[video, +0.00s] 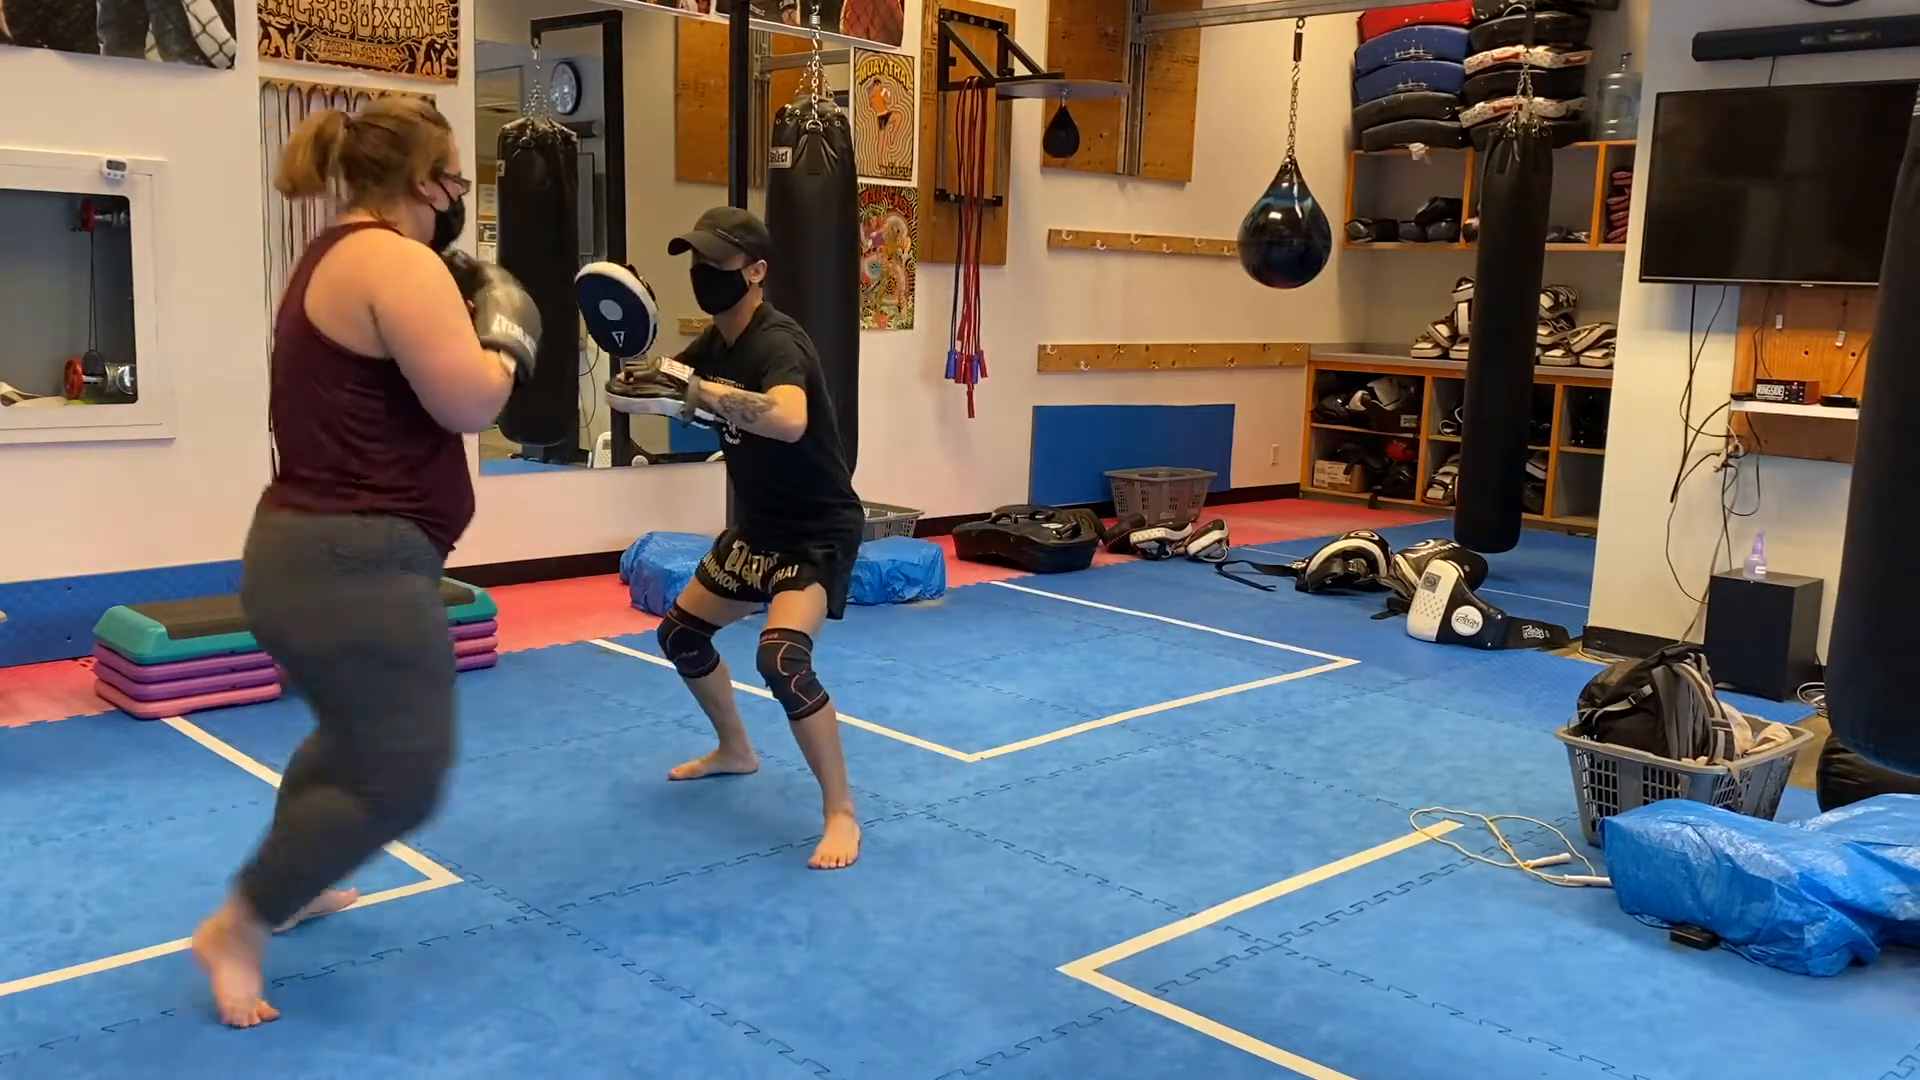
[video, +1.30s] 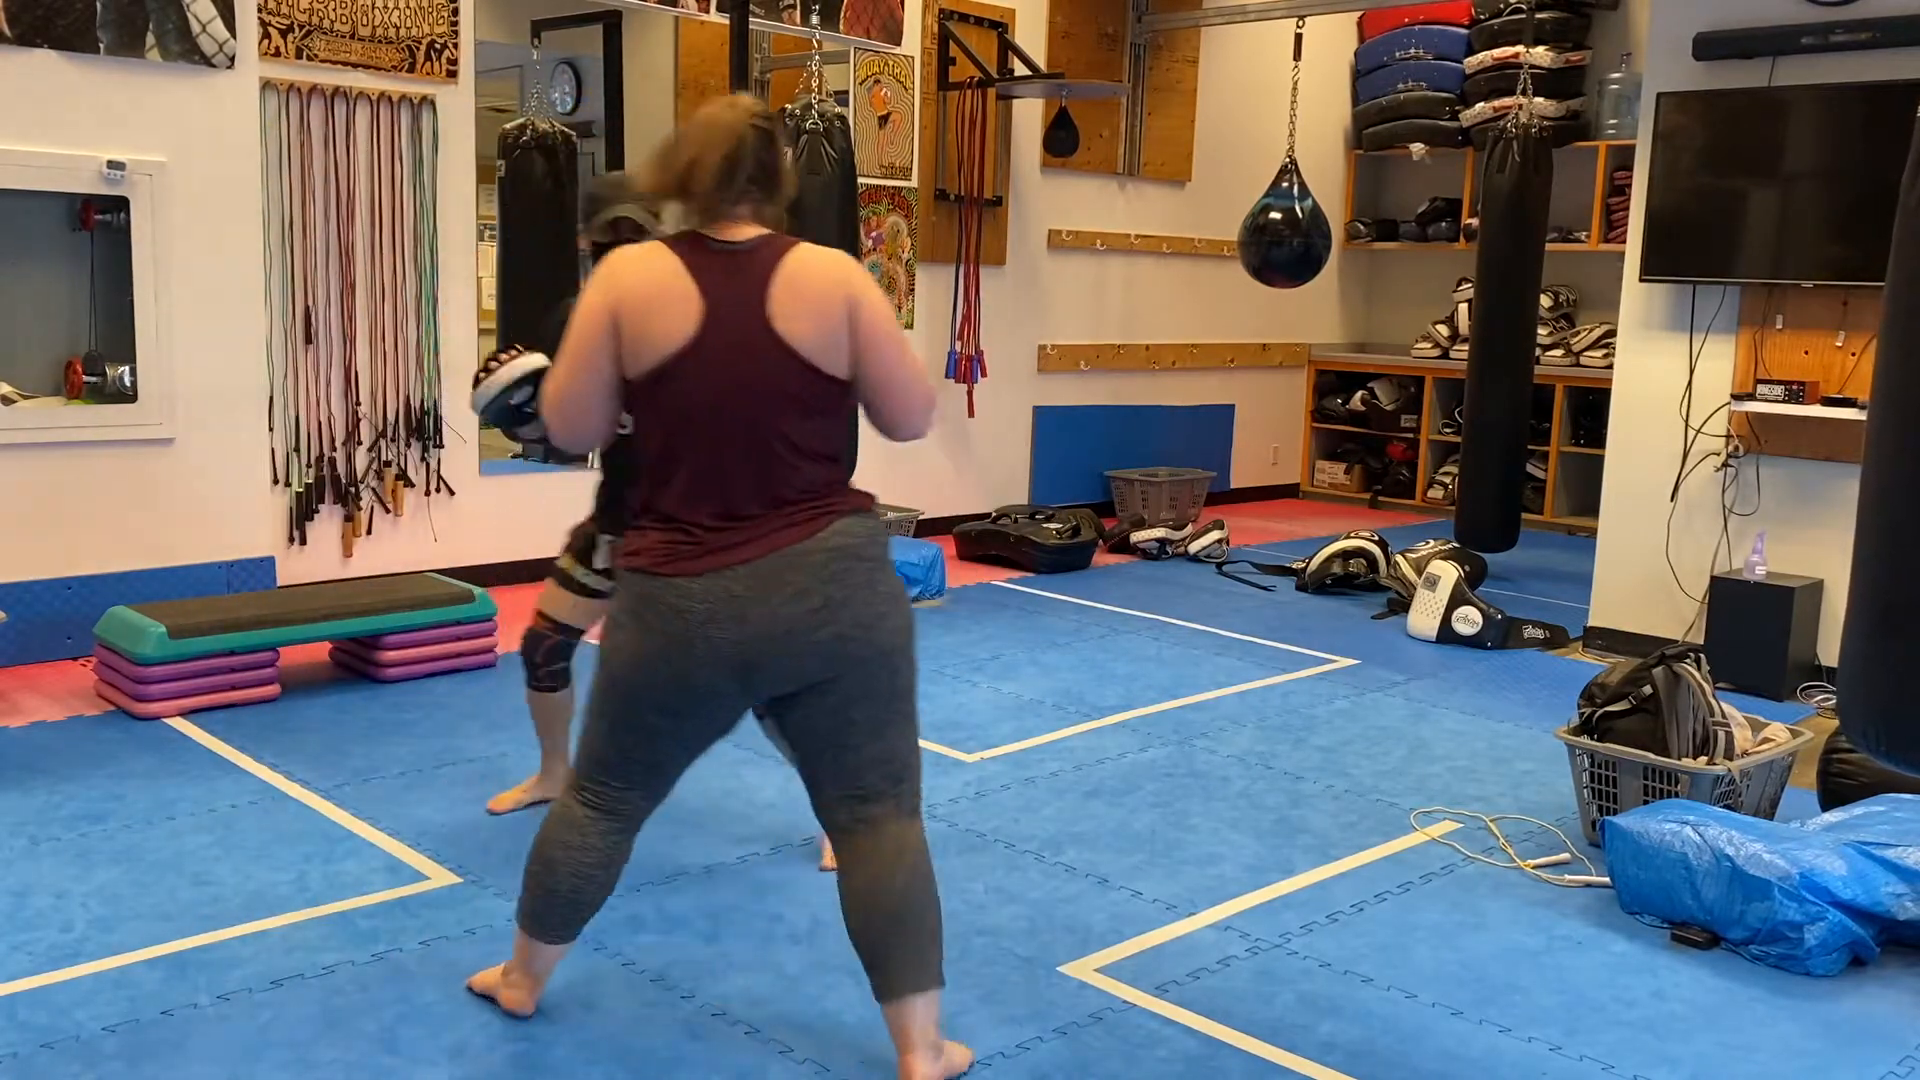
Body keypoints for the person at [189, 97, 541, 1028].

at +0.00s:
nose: (452, 200)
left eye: (453, 184)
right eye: (447, 183)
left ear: (364, 181)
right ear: (415, 182)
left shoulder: (330, 256)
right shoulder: (398, 262)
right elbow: (468, 401)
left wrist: (452, 316)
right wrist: (505, 343)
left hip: (299, 548)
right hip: (362, 561)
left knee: (352, 731)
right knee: (403, 780)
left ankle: (288, 882)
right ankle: (236, 927)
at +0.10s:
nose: (488, 223)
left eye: (489, 207)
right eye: (480, 206)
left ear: (397, 202)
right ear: (443, 204)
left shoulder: (360, 280)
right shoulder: (432, 284)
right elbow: (496, 427)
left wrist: (488, 317)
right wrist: (542, 361)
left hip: (310, 569)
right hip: (388, 571)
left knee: (378, 731)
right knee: (532, 763)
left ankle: (292, 893)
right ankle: (380, 924)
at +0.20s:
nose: (534, 221)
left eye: (534, 204)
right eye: (527, 205)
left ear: (438, 198)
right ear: (496, 204)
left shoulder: (390, 276)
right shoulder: (494, 280)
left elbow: (453, 401)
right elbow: (575, 407)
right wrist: (607, 337)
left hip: (358, 583)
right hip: (456, 577)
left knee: (372, 746)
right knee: (616, 754)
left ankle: (294, 894)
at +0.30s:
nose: (589, 223)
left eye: (585, 208)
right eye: (584, 208)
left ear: (477, 204)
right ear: (563, 208)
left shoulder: (427, 292)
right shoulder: (568, 286)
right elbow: (663, 401)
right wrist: (687, 337)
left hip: (432, 591)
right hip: (562, 588)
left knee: (407, 747)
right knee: (668, 807)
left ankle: (328, 905)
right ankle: (693, 1045)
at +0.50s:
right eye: (651, 187)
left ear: (557, 188)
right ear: (650, 192)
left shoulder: (486, 279)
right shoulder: (679, 280)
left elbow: (456, 414)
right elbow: (790, 391)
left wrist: (547, 379)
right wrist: (770, 331)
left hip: (526, 593)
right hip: (674, 583)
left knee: (492, 765)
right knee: (719, 820)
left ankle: (450, 963)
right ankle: (696, 1055)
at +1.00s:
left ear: (569, 154)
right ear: (664, 155)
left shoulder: (506, 242)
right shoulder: (715, 250)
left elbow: (448, 381)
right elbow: (793, 388)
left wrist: (525, 314)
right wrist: (719, 332)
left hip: (551, 570)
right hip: (706, 561)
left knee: (538, 785)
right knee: (778, 762)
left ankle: (512, 983)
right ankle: (778, 975)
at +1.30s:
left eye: (669, 171)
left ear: (675, 180)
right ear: (778, 182)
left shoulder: (624, 280)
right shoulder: (835, 278)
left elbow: (570, 425)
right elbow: (910, 413)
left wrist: (643, 366)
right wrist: (828, 349)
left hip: (677, 603)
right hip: (837, 586)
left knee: (603, 799)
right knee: (876, 812)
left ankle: (525, 980)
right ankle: (923, 1049)